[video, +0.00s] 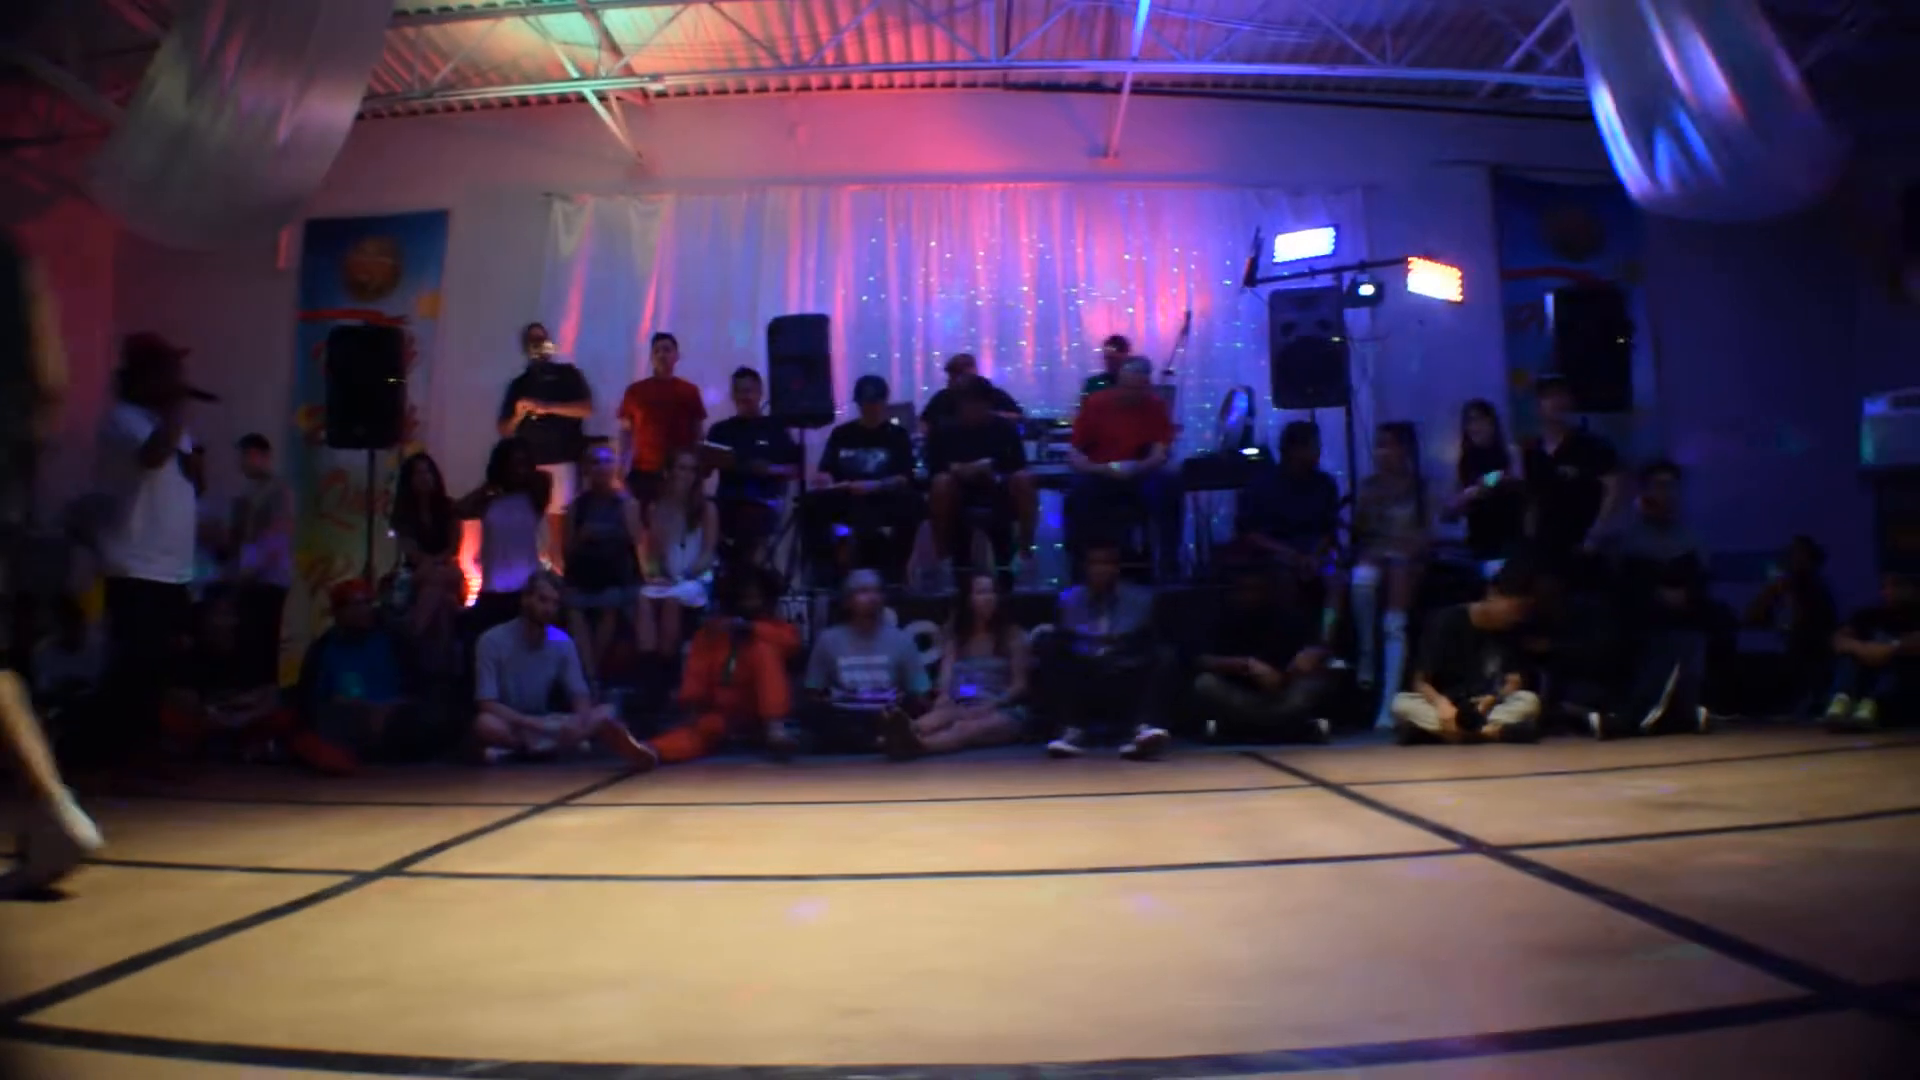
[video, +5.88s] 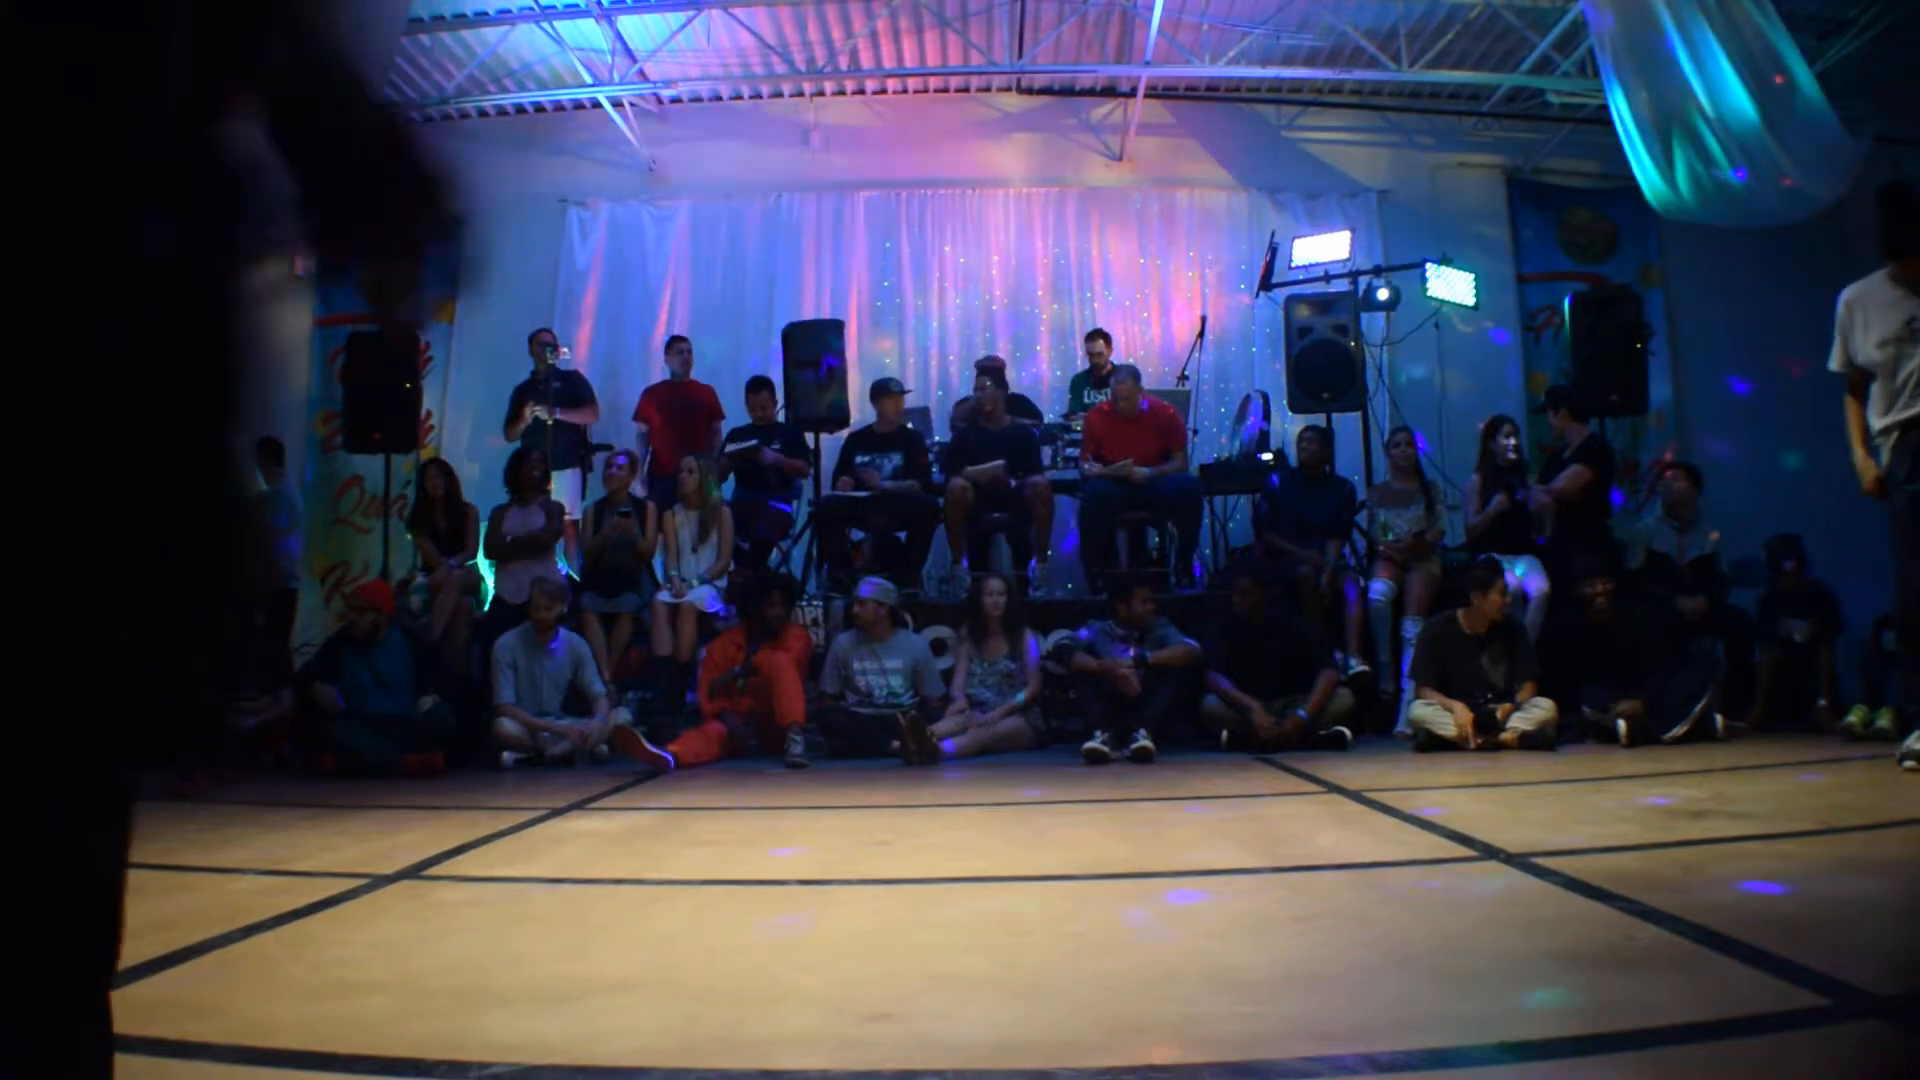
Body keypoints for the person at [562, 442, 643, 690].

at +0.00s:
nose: (602, 469)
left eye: (607, 462)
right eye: (596, 462)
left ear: (615, 467)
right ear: (587, 468)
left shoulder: (626, 504)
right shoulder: (577, 506)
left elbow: (636, 539)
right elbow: (568, 545)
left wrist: (642, 572)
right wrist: (569, 572)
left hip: (617, 575)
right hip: (582, 575)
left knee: (610, 613)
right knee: (575, 614)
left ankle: (596, 671)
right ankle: (589, 677)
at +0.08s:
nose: (600, 468)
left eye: (605, 462)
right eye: (594, 462)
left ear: (611, 467)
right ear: (583, 469)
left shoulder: (623, 504)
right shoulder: (572, 507)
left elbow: (631, 539)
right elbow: (565, 547)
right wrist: (568, 575)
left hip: (613, 580)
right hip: (579, 580)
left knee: (607, 609)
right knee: (570, 612)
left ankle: (591, 673)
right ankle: (588, 680)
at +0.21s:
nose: (601, 468)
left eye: (605, 461)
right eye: (594, 462)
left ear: (610, 467)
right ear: (582, 469)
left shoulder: (622, 503)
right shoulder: (572, 507)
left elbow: (630, 536)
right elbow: (565, 549)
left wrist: (615, 506)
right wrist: (579, 539)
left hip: (613, 576)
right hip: (579, 576)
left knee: (607, 611)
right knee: (569, 611)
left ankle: (591, 671)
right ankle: (586, 676)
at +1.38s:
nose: (623, 469)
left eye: (629, 463)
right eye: (617, 464)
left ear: (637, 468)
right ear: (608, 471)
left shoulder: (653, 502)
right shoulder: (599, 506)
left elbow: (660, 545)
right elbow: (594, 544)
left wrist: (636, 534)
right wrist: (610, 529)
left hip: (640, 570)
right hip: (607, 571)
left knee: (634, 604)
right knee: (596, 603)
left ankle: (616, 670)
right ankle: (613, 672)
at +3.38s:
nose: (608, 468)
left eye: (615, 464)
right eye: (606, 464)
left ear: (631, 472)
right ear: (601, 473)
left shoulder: (647, 507)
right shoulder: (595, 505)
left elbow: (655, 551)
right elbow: (588, 529)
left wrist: (634, 568)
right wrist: (599, 491)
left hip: (631, 577)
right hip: (600, 576)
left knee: (627, 609)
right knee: (588, 610)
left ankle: (610, 673)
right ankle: (606, 678)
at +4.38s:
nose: (620, 472)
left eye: (624, 467)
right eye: (613, 467)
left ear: (630, 472)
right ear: (602, 474)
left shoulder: (646, 508)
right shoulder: (592, 509)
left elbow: (654, 552)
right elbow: (588, 547)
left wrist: (634, 568)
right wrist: (605, 520)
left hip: (631, 576)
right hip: (600, 574)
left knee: (627, 609)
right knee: (589, 611)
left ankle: (608, 676)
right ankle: (606, 680)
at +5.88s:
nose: (612, 472)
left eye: (619, 467)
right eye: (609, 467)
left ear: (632, 475)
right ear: (603, 473)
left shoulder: (645, 507)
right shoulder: (592, 510)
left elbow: (648, 550)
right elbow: (587, 553)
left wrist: (631, 533)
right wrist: (605, 534)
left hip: (632, 573)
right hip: (599, 573)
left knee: (626, 610)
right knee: (588, 610)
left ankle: (607, 675)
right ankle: (606, 678)